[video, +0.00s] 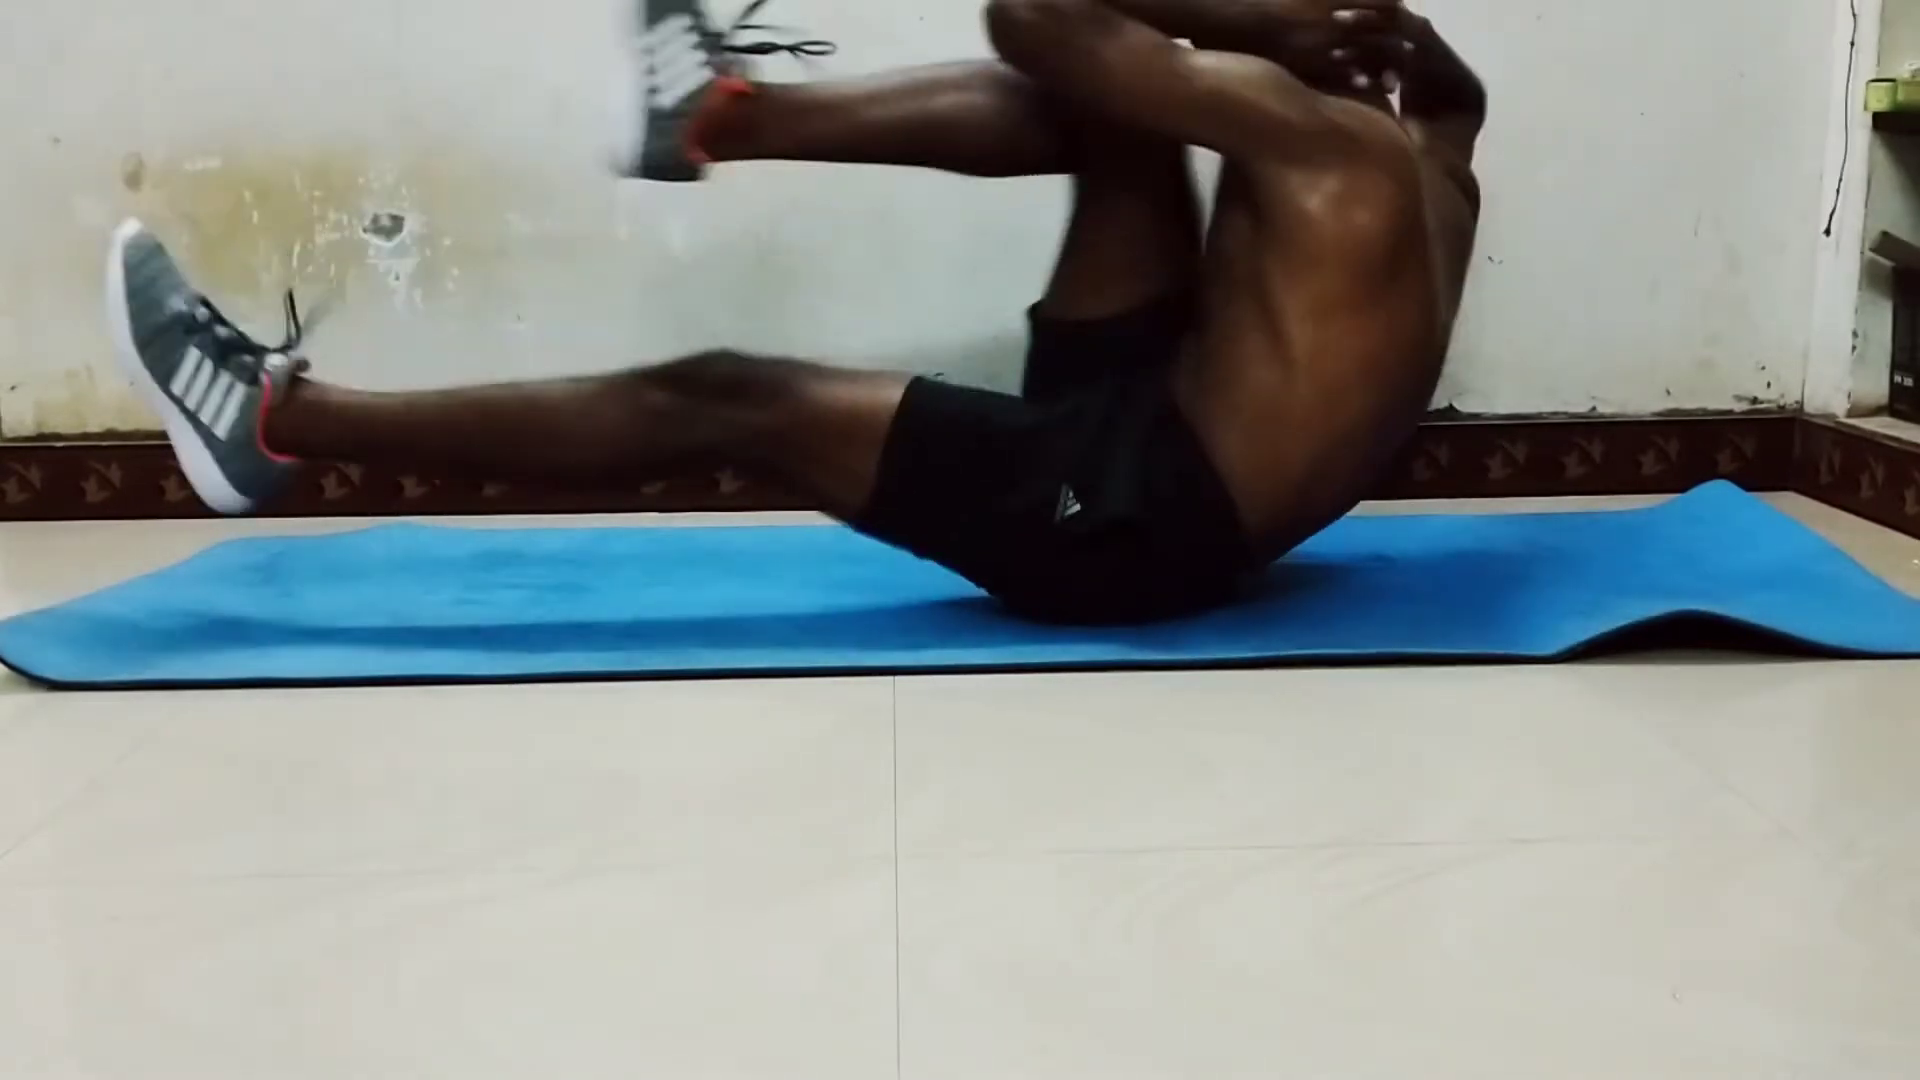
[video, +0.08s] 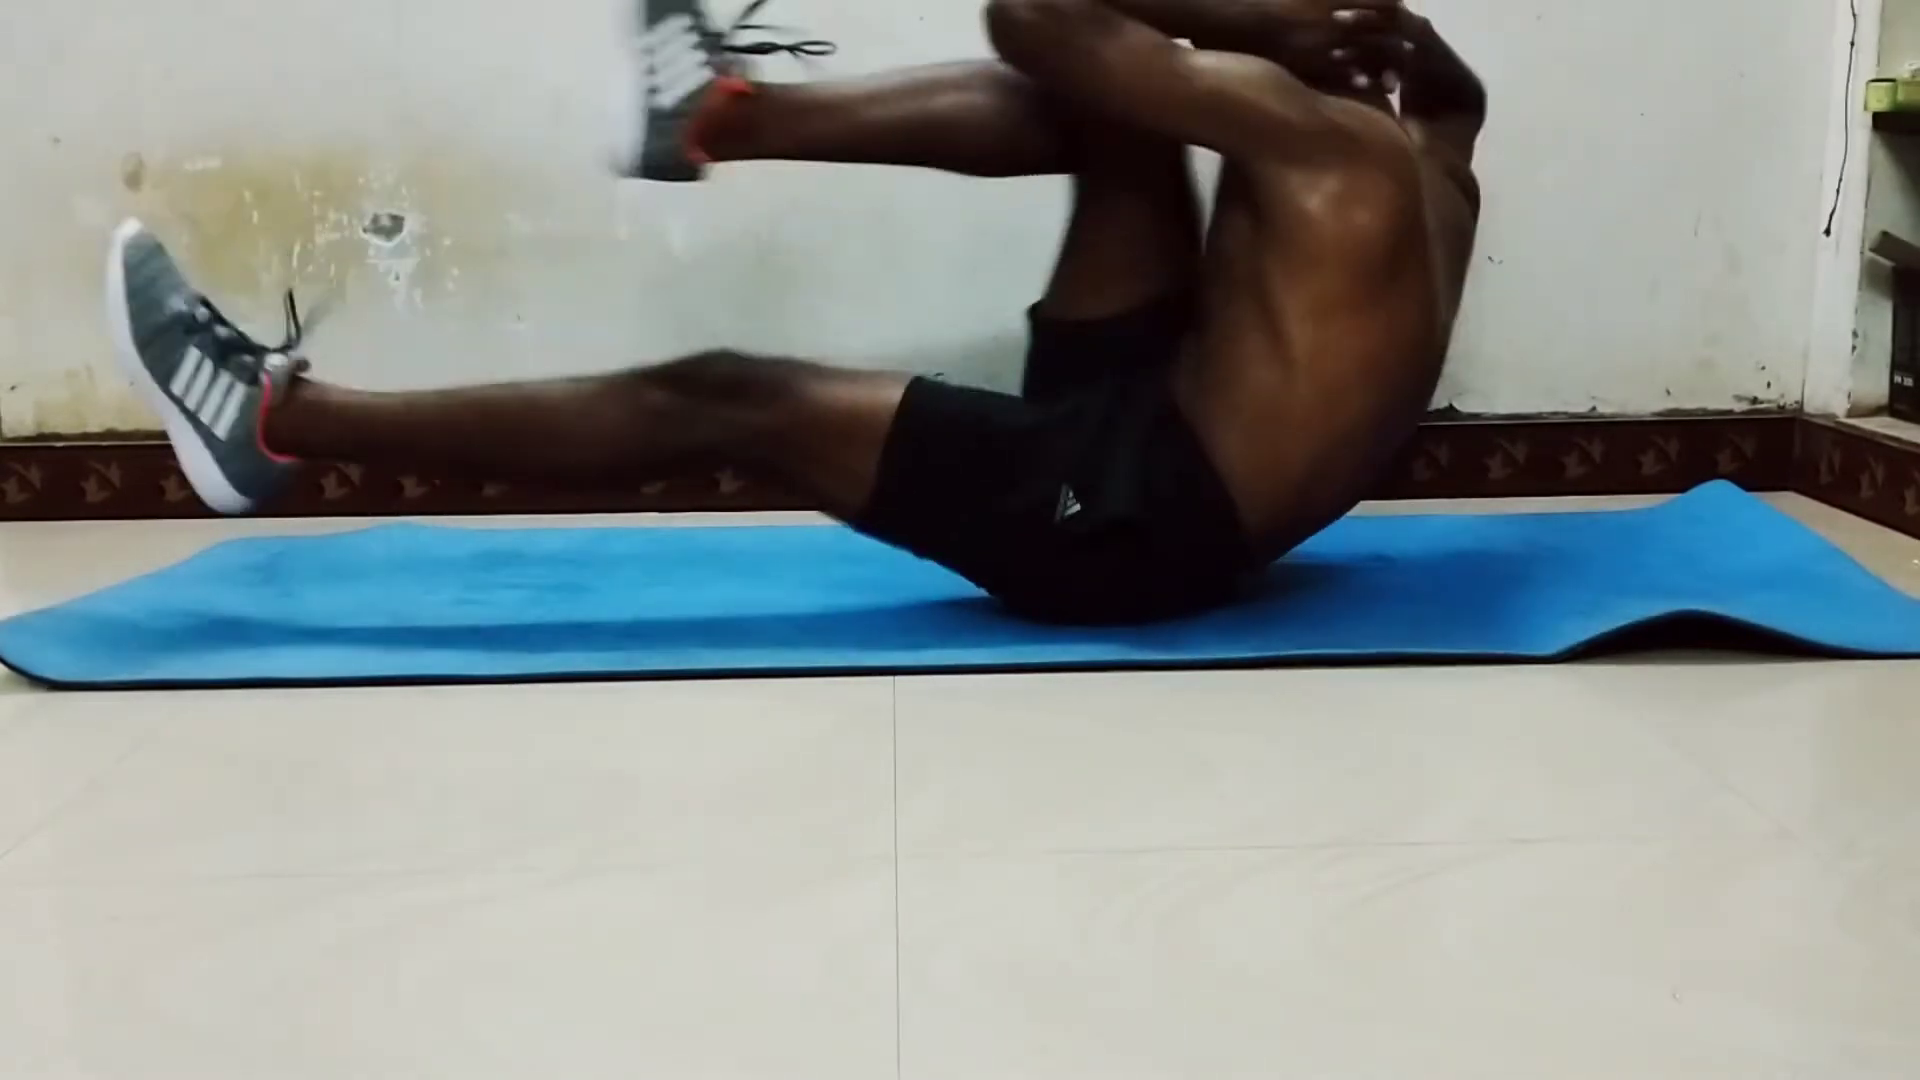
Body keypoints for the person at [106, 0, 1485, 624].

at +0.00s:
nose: (1240, 50)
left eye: (1254, 34)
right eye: (1256, 33)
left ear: (1329, 51)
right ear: (1379, 61)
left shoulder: (1328, 135)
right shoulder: (1426, 161)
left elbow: (1052, 48)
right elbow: (1126, 87)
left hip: (1118, 513)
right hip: (1150, 445)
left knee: (714, 400)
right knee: (1114, 113)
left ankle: (273, 423)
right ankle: (742, 110)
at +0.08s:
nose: (1240, 50)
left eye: (1254, 34)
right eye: (1256, 33)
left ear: (1330, 50)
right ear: (1379, 61)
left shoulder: (1328, 134)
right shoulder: (1426, 160)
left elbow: (1052, 49)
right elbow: (1126, 87)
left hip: (1118, 513)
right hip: (1150, 445)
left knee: (714, 400)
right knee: (1114, 114)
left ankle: (273, 423)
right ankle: (743, 110)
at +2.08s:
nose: (1310, 72)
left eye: (1347, 46)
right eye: (1339, 40)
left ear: (1396, 61)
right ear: (1404, 62)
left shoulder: (1417, 183)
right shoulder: (1398, 193)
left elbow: (1163, 45)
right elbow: (1188, 50)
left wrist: (1354, 39)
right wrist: (1352, 50)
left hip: (1149, 507)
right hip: (1140, 428)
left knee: (791, 295)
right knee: (984, 133)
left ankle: (388, 429)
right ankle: (594, 221)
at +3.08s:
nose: (1242, 92)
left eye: (1272, 65)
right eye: (1243, 71)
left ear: (1395, 65)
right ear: (1362, 68)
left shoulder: (1426, 218)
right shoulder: (1352, 186)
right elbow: (1226, 62)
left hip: (1150, 520)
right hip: (1124, 440)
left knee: (797, 267)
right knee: (900, 155)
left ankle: (347, 277)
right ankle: (587, 344)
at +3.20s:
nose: (1374, 60)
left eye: (1365, 46)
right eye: (1372, 37)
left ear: (1385, 73)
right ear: (1377, 68)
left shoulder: (1415, 206)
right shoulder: (1368, 198)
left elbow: (1212, 63)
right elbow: (1231, 64)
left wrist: (1377, 55)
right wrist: (1368, 59)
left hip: (1133, 506)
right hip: (1109, 422)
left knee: (730, 341)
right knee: (963, 124)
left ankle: (297, 305)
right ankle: (636, 294)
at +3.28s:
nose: (1376, 51)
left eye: (1364, 36)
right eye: (1366, 32)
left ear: (1366, 69)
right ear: (1368, 68)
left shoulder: (1390, 192)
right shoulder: (1354, 191)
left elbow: (1146, 75)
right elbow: (1186, 75)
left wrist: (1334, 50)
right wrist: (1336, 59)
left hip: (1122, 518)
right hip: (1105, 426)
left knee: (724, 397)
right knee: (1026, 104)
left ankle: (254, 354)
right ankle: (670, 266)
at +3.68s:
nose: (1248, 49)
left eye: (1268, 33)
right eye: (1270, 35)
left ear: (1363, 42)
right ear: (1396, 50)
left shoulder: (1353, 113)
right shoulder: (1395, 138)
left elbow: (1052, 67)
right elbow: (1100, 73)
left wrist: (1123, 70)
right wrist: (1113, 70)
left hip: (1132, 514)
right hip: (1144, 434)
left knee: (734, 381)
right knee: (1047, 119)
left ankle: (316, 489)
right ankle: (646, 194)